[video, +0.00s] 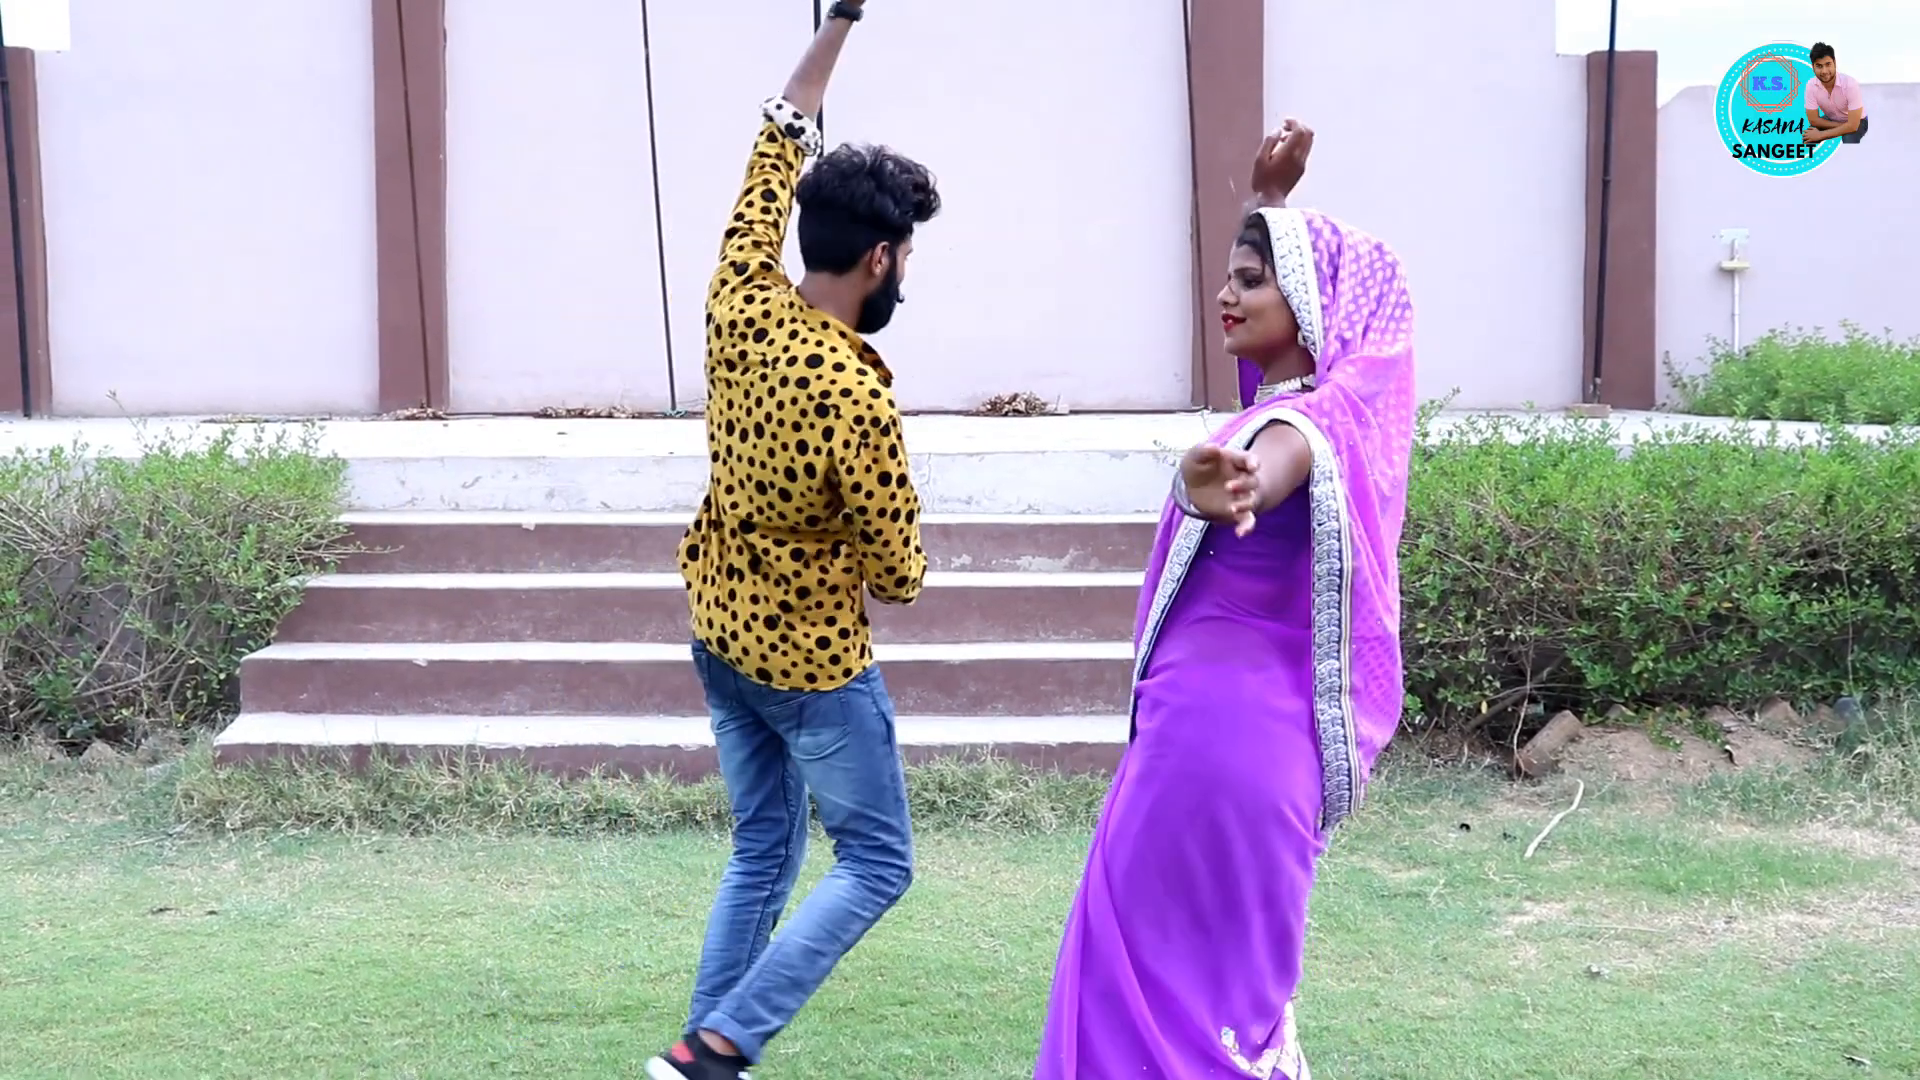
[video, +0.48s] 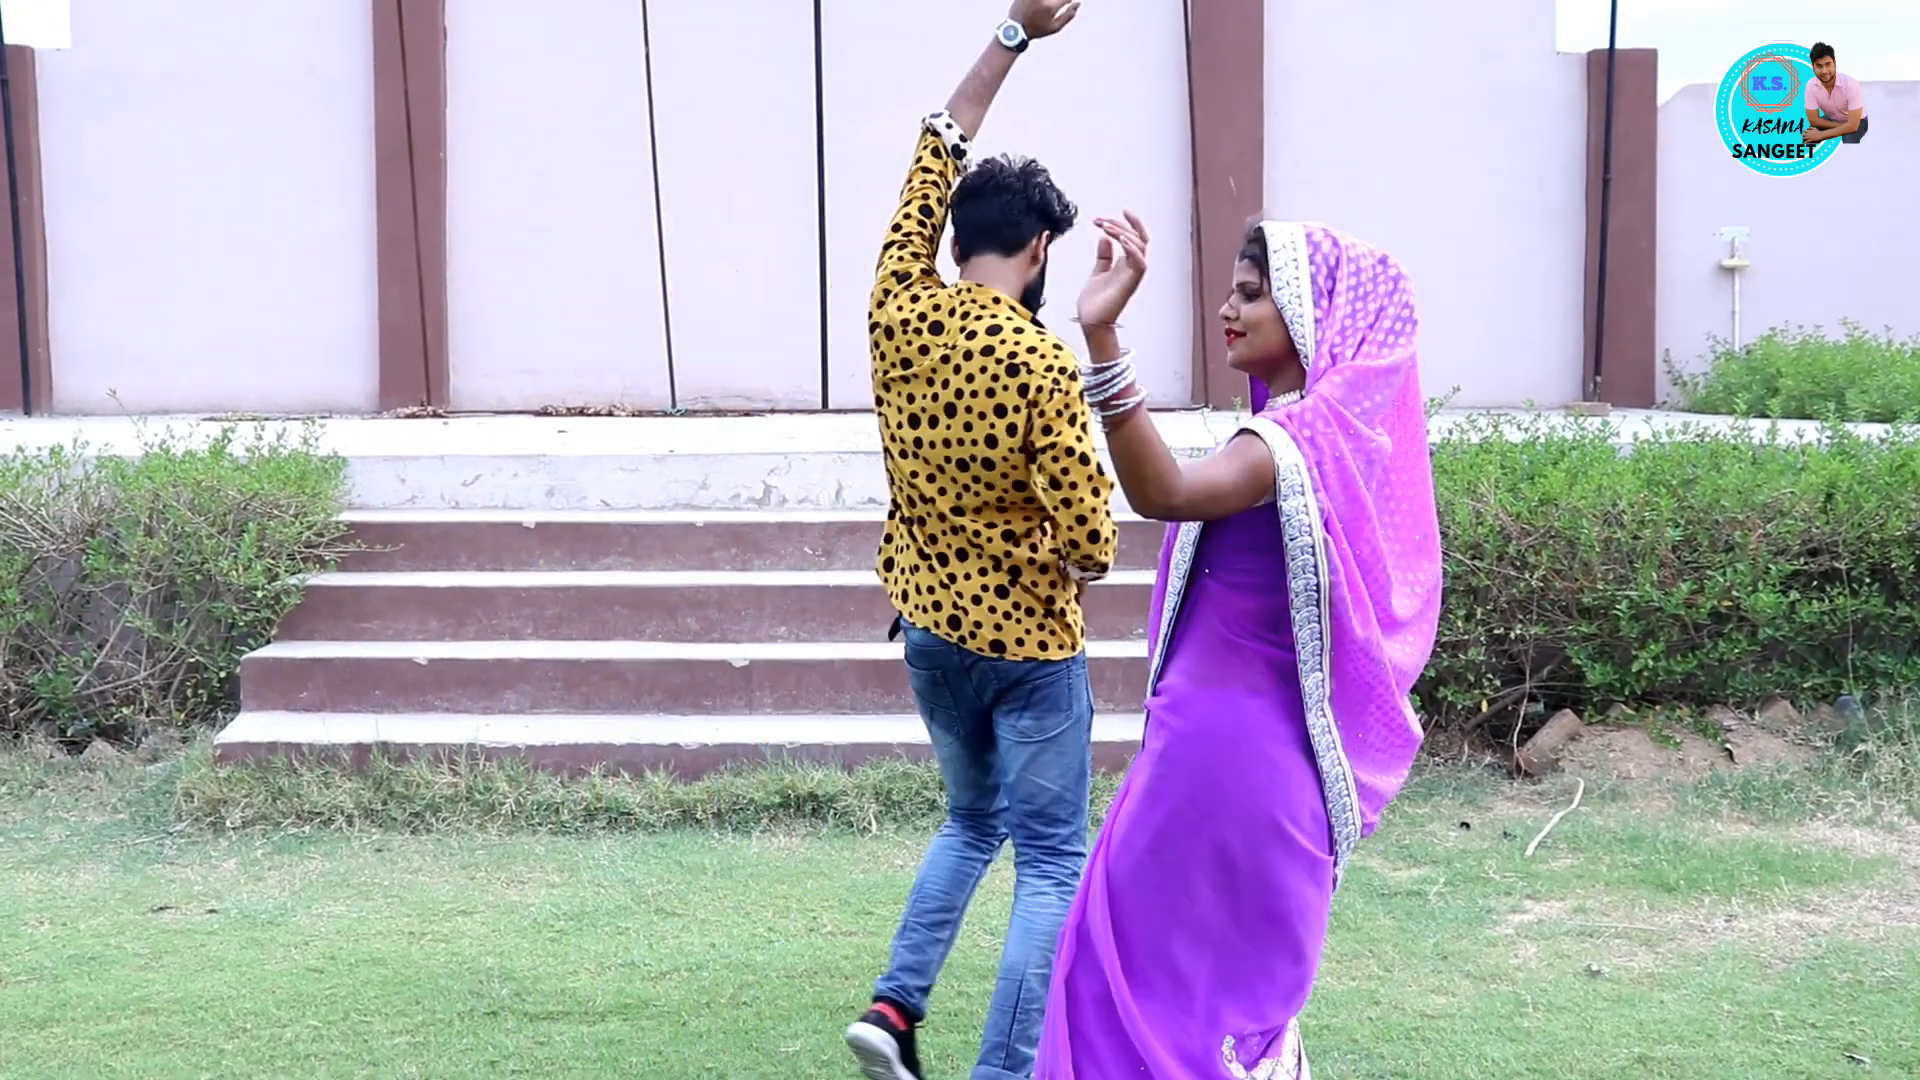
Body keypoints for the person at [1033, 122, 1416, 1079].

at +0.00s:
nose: (1228, 296)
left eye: (1251, 281)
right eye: (1229, 278)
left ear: (1310, 303)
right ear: (1309, 311)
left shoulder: (1296, 416)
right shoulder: (1324, 401)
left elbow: (1267, 464)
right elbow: (1276, 290)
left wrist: (1210, 485)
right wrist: (1270, 201)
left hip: (1218, 727)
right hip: (1259, 726)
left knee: (1116, 955)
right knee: (1235, 979)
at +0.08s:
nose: (1229, 299)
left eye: (1254, 284)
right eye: (1229, 281)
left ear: (1315, 308)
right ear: (1308, 315)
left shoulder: (1293, 423)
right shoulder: (1319, 409)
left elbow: (1247, 490)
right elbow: (1329, 294)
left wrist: (1191, 468)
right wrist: (1293, 200)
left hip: (1223, 736)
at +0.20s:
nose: (1233, 304)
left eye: (1256, 288)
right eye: (1233, 286)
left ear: (1319, 312)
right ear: (1320, 319)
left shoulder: (1307, 432)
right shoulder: (1315, 413)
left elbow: (1219, 518)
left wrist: (1165, 413)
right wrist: (1328, 253)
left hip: (1235, 742)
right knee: (1085, 908)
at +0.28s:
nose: (1233, 313)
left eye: (1258, 296)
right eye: (1235, 297)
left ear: (1326, 316)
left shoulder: (1298, 439)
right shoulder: (1341, 433)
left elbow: (1205, 532)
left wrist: (1152, 393)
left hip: (1232, 755)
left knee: (1096, 919)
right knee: (1075, 900)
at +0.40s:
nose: (1230, 320)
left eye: (1253, 304)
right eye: (1233, 303)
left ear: (1318, 323)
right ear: (1306, 331)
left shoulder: (1301, 443)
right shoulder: (1303, 432)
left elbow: (1173, 523)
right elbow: (1258, 627)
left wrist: (1131, 362)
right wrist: (1177, 751)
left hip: (1229, 765)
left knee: (1097, 965)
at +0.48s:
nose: (1229, 311)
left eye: (1253, 293)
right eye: (1231, 292)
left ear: (1318, 314)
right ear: (1313, 322)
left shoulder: (1295, 433)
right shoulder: (1338, 430)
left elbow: (1162, 493)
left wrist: (1101, 336)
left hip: (1224, 755)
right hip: (1277, 757)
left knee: (1110, 958)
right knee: (1255, 997)